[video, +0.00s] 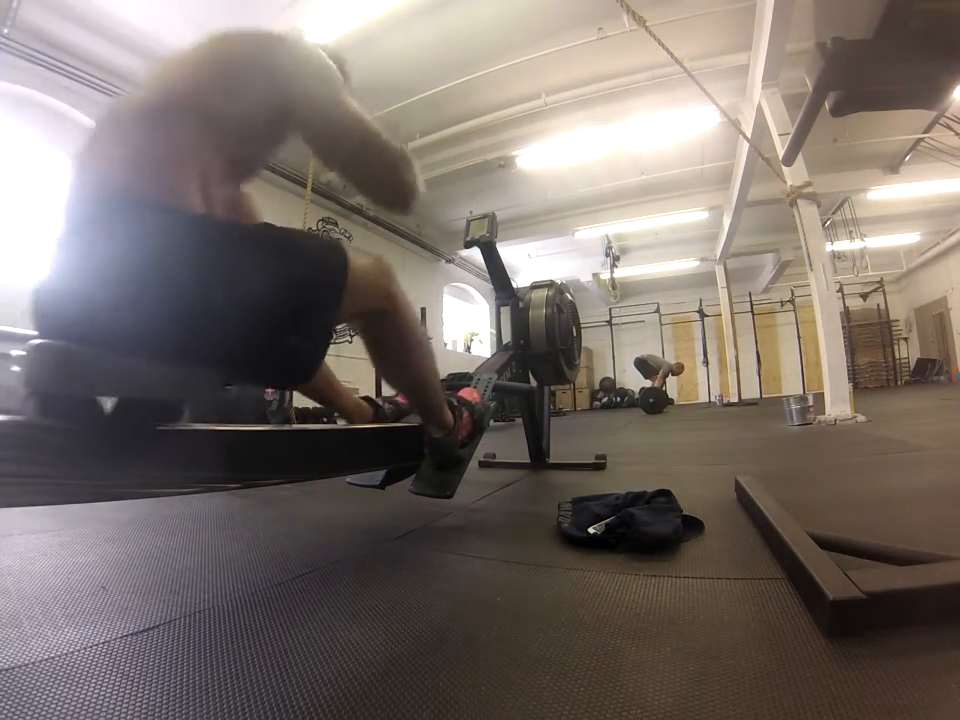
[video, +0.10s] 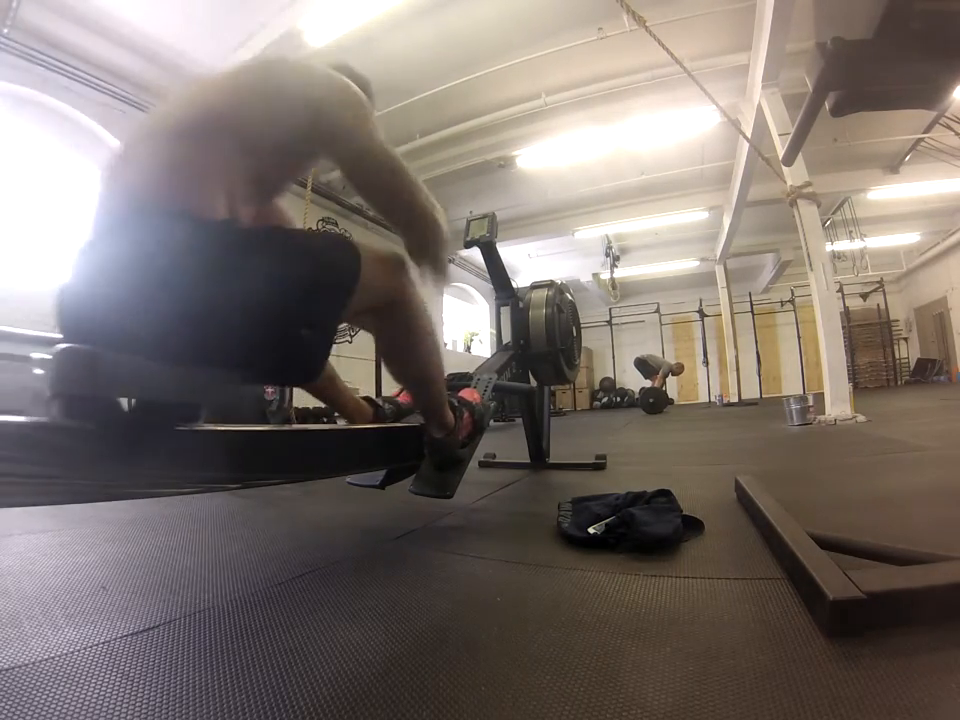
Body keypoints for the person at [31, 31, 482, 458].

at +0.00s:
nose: (330, 112)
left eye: (334, 101)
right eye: (334, 96)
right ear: (323, 65)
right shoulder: (289, 56)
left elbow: (252, 246)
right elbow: (400, 190)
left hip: (73, 292)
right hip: (167, 279)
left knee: (267, 307)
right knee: (378, 285)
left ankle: (358, 411)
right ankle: (447, 427)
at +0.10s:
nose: (358, 138)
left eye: (362, 127)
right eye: (360, 122)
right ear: (347, 90)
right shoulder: (330, 92)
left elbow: (289, 242)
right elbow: (423, 222)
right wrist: (434, 261)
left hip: (92, 296)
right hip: (178, 287)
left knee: (280, 312)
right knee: (390, 281)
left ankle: (358, 412)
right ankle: (447, 428)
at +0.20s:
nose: (382, 160)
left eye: (385, 152)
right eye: (384, 146)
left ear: (341, 95)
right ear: (370, 117)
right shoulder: (357, 118)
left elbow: (315, 271)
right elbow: (449, 258)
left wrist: (402, 340)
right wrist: (449, 318)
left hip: (117, 301)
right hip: (197, 290)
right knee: (399, 269)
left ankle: (361, 414)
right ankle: (446, 425)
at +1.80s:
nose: (391, 177)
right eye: (391, 163)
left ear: (336, 118)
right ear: (383, 140)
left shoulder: (274, 141)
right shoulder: (378, 151)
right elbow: (415, 272)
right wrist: (382, 347)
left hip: (144, 321)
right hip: (231, 299)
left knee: (300, 295)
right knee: (430, 261)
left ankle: (363, 414)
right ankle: (444, 426)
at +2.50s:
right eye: (371, 105)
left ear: (307, 77)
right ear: (364, 96)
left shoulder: (239, 115)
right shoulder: (356, 125)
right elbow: (382, 257)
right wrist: (397, 335)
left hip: (126, 312)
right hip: (220, 298)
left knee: (288, 294)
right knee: (415, 263)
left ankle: (364, 418)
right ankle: (443, 426)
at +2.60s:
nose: (347, 92)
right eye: (350, 83)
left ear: (282, 56)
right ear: (338, 72)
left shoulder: (215, 95)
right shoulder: (336, 96)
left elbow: (125, 178)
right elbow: (384, 225)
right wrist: (393, 298)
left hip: (117, 309)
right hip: (212, 300)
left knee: (283, 291)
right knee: (412, 263)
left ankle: (364, 417)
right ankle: (443, 427)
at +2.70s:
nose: (328, 56)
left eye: (327, 48)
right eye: (325, 46)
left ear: (254, 29)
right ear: (315, 38)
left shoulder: (196, 76)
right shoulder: (308, 64)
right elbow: (392, 211)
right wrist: (431, 301)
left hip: (102, 305)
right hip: (195, 291)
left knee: (278, 287)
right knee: (412, 266)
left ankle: (364, 415)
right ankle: (444, 427)